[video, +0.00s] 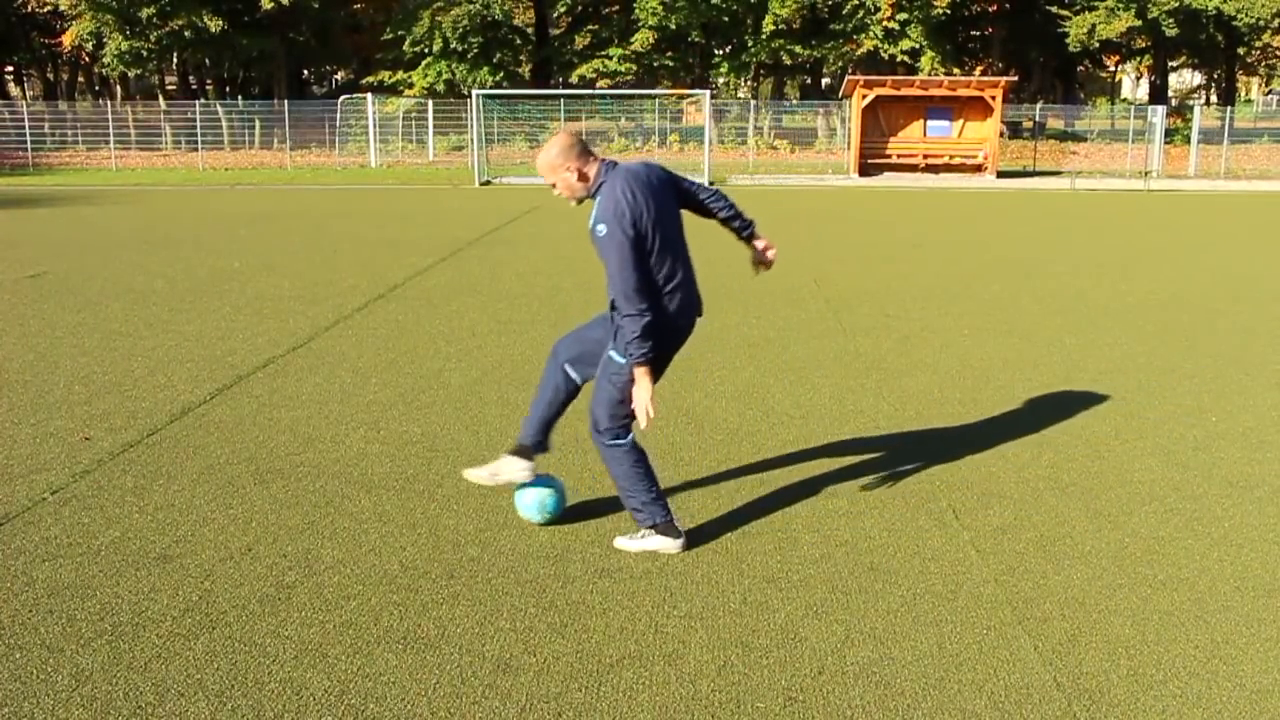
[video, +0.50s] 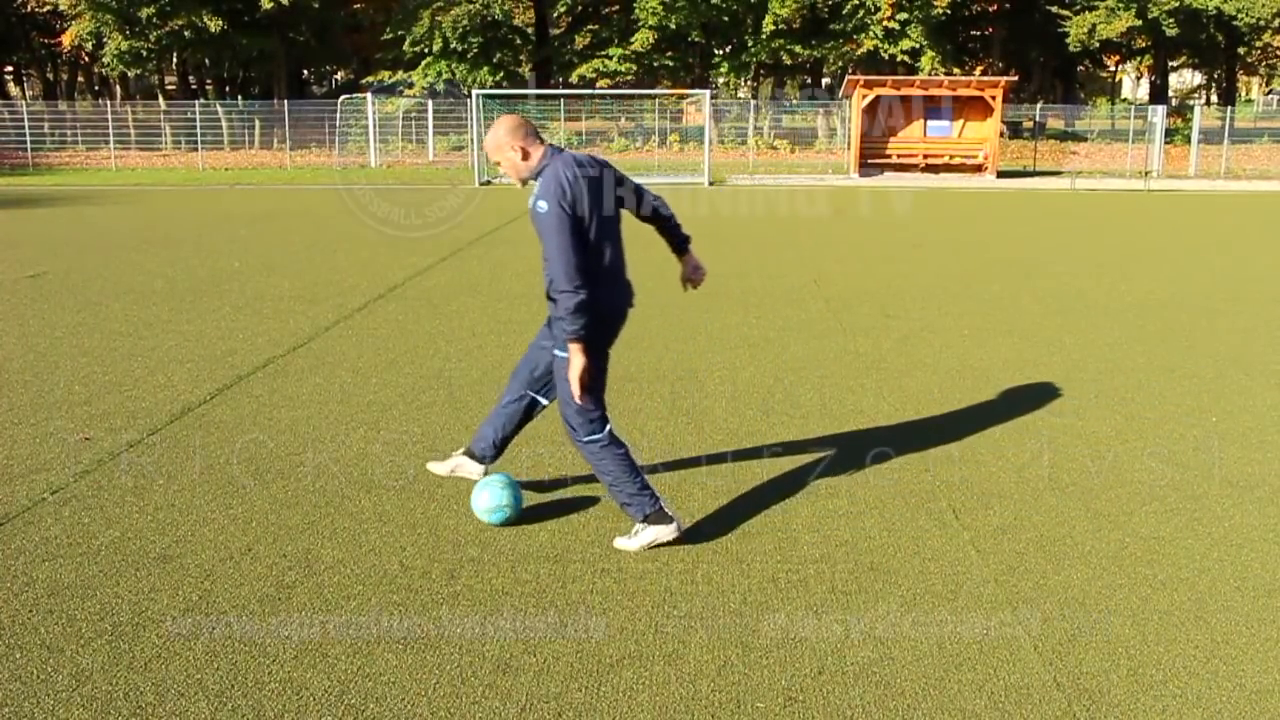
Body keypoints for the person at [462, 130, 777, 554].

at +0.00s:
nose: (555, 192)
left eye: (555, 183)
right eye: (551, 185)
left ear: (578, 169)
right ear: (581, 166)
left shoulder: (609, 215)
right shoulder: (645, 172)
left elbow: (632, 303)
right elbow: (708, 197)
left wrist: (642, 374)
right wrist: (753, 238)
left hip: (651, 323)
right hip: (672, 306)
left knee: (609, 426)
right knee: (568, 354)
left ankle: (661, 528)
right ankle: (524, 454)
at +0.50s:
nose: (502, 173)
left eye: (501, 163)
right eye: (498, 165)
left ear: (523, 151)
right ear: (530, 146)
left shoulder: (547, 193)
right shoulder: (592, 166)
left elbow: (565, 278)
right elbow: (649, 204)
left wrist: (576, 348)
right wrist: (685, 253)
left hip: (582, 316)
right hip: (608, 303)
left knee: (586, 426)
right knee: (529, 380)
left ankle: (654, 517)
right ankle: (476, 457)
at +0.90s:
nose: (439, 167)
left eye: (440, 157)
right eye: (437, 157)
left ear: (460, 150)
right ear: (472, 142)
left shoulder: (481, 193)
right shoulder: (522, 171)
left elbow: (498, 272)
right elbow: (582, 209)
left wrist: (509, 337)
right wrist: (624, 258)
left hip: (522, 315)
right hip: (548, 301)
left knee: (544, 417)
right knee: (488, 384)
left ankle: (629, 497)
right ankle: (477, 485)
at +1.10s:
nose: (412, 176)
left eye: (415, 166)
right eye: (410, 166)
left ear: (435, 165)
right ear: (458, 155)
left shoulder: (447, 206)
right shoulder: (497, 181)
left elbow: (468, 278)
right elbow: (554, 218)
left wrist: (482, 342)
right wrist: (590, 265)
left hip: (500, 311)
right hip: (531, 301)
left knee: (490, 419)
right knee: (466, 379)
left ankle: (586, 478)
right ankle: (476, 479)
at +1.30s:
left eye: (391, 182)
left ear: (405, 187)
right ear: (438, 169)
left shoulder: (427, 221)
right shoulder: (471, 193)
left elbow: (451, 283)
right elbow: (528, 223)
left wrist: (465, 343)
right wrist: (555, 269)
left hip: (486, 312)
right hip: (515, 300)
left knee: (445, 409)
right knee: (468, 396)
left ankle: (530, 468)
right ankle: (477, 479)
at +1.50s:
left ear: (388, 194)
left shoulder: (406, 224)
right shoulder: (445, 199)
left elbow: (437, 282)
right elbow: (500, 225)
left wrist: (454, 345)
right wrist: (519, 274)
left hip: (470, 310)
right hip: (495, 299)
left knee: (403, 394)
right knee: (454, 390)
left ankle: (468, 475)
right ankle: (473, 476)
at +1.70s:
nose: (323, 193)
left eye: (324, 183)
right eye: (321, 184)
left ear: (344, 179)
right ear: (357, 174)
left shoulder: (380, 216)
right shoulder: (414, 190)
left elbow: (419, 282)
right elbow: (466, 226)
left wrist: (438, 344)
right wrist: (482, 275)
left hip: (439, 316)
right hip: (472, 303)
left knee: (371, 390)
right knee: (429, 391)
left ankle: (409, 485)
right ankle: (473, 480)